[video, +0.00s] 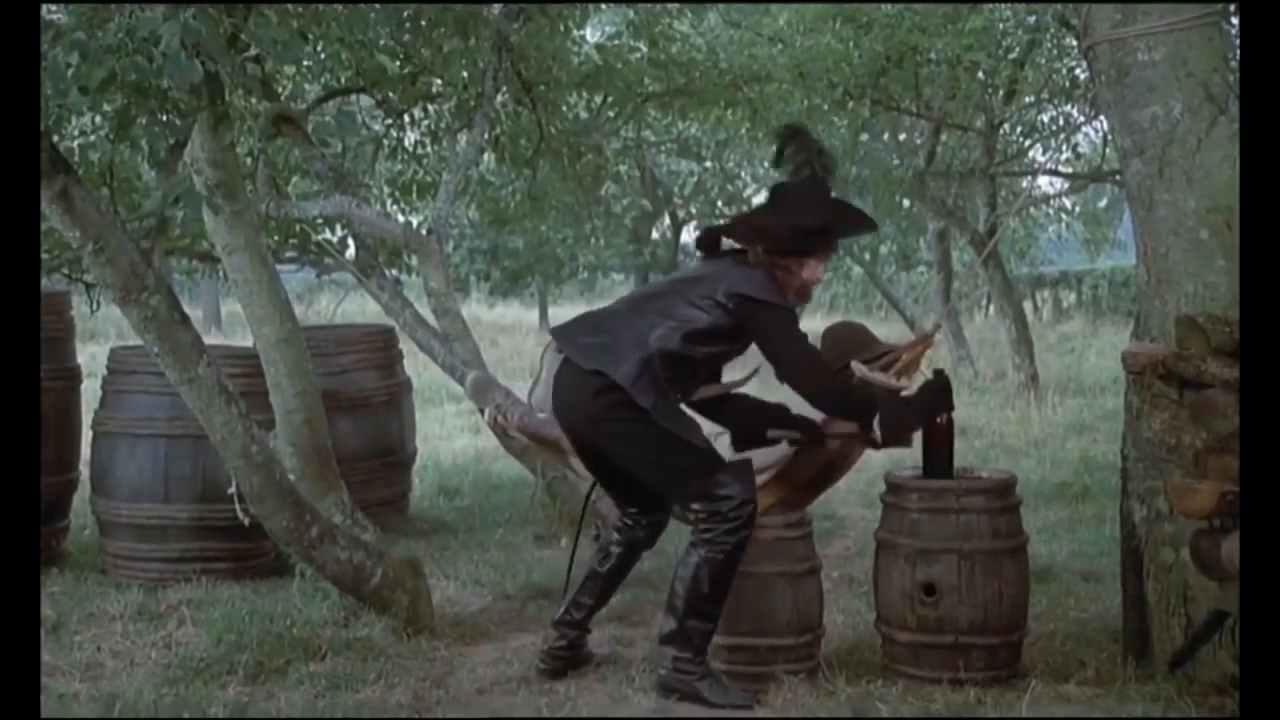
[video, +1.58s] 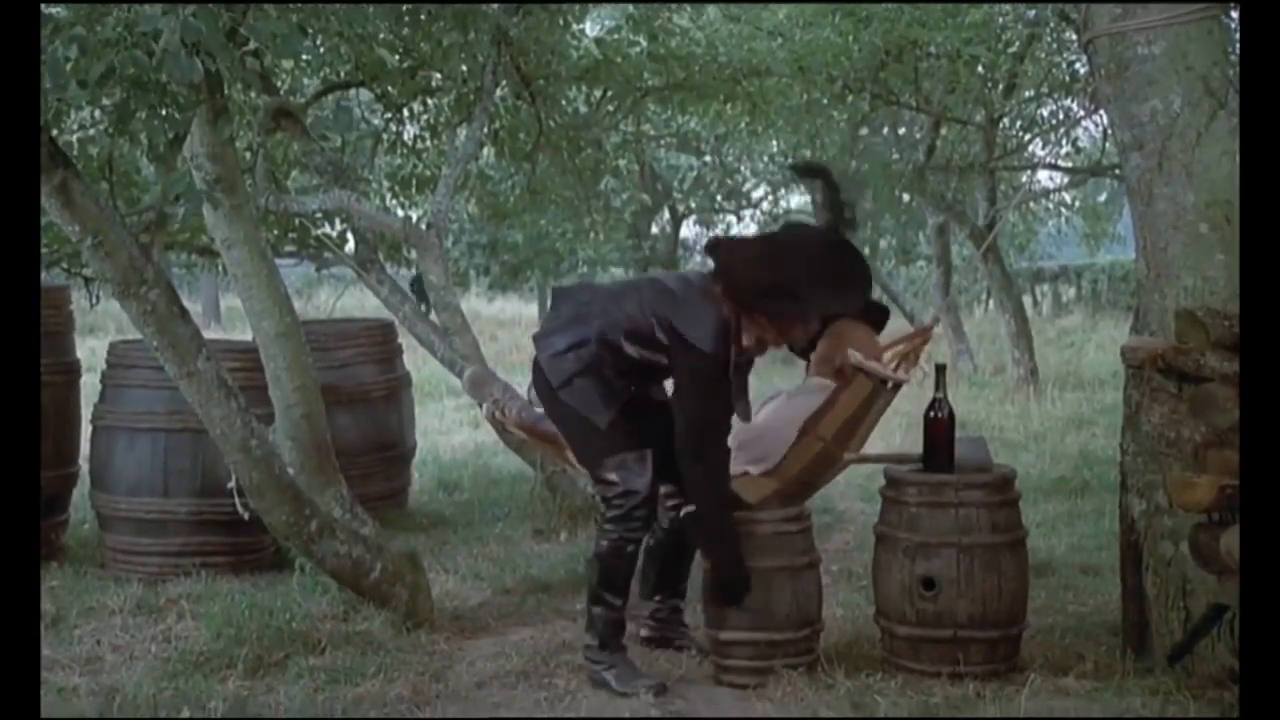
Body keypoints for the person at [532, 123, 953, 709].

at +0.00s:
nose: (821, 275)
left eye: (825, 262)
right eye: (817, 261)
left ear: (764, 248)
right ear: (783, 255)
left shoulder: (714, 278)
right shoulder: (754, 288)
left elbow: (707, 394)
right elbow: (823, 384)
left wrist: (807, 427)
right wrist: (902, 405)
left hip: (574, 382)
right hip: (608, 391)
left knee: (644, 511)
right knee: (728, 499)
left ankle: (564, 641)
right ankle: (686, 666)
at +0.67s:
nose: (840, 288)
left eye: (844, 276)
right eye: (839, 275)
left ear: (788, 254)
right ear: (809, 265)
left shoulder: (742, 279)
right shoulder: (770, 290)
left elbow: (783, 397)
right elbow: (819, 386)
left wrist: (863, 440)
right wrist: (892, 412)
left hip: (590, 379)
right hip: (629, 388)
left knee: (647, 512)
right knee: (735, 502)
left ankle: (565, 638)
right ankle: (684, 662)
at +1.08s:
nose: (822, 269)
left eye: (829, 258)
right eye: (819, 256)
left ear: (776, 237)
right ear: (790, 246)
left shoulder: (735, 259)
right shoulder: (745, 272)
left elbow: (750, 373)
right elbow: (767, 375)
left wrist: (818, 419)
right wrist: (834, 415)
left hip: (593, 354)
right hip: (605, 362)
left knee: (688, 482)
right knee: (702, 487)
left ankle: (638, 619)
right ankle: (683, 659)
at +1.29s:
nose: (808, 269)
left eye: (814, 257)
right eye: (803, 255)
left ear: (778, 246)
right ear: (769, 242)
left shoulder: (743, 276)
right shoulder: (711, 275)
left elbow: (730, 386)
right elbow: (732, 397)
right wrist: (817, 459)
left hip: (625, 352)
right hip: (587, 349)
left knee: (690, 469)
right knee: (669, 472)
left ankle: (636, 621)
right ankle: (647, 640)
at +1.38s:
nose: (805, 271)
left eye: (810, 258)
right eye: (799, 257)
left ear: (774, 251)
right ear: (762, 246)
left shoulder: (746, 280)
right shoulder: (709, 279)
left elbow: (717, 376)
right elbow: (722, 402)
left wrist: (720, 434)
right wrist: (786, 492)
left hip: (631, 359)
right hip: (584, 352)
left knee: (687, 480)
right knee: (653, 484)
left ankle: (641, 620)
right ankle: (611, 650)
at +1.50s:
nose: (800, 299)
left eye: (808, 285)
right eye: (795, 282)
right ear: (760, 268)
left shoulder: (729, 297)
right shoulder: (704, 304)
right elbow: (710, 442)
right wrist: (742, 538)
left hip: (630, 365)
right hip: (575, 358)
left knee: (689, 481)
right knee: (639, 485)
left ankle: (654, 619)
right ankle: (606, 652)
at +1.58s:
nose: (807, 334)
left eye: (817, 322)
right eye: (808, 317)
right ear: (778, 303)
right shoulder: (703, 333)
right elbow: (702, 465)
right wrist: (728, 567)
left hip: (634, 371)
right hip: (571, 361)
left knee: (681, 489)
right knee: (630, 494)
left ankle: (663, 619)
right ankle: (603, 651)